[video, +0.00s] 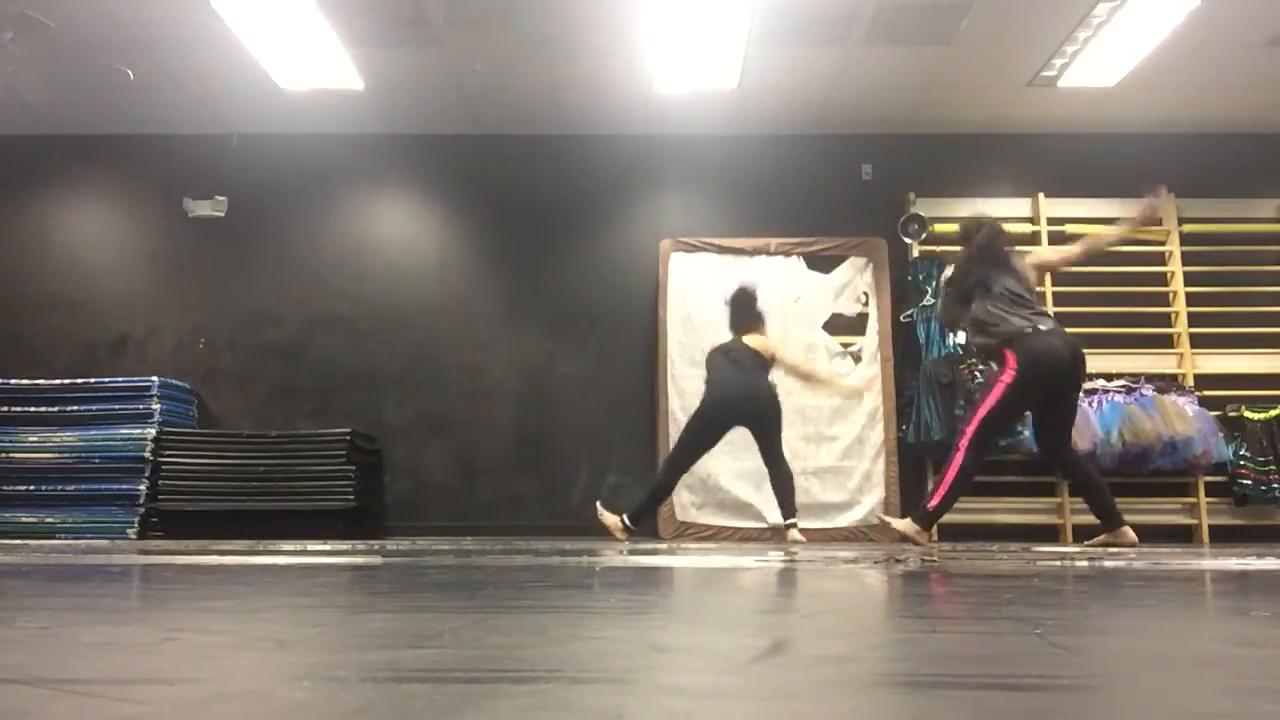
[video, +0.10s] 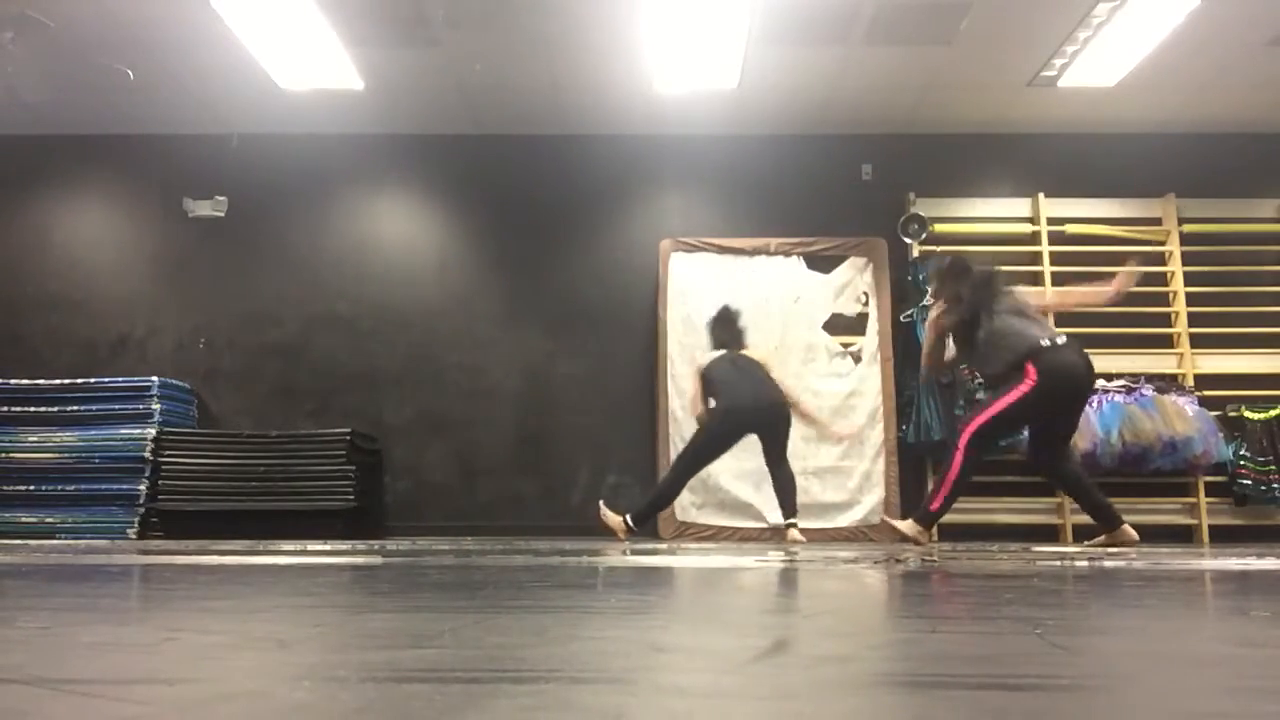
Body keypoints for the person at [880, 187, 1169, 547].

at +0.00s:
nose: (960, 248)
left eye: (961, 243)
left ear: (966, 248)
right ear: (1001, 242)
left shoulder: (960, 278)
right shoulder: (1024, 260)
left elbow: (949, 321)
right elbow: (1081, 250)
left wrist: (957, 280)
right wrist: (1135, 222)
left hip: (1026, 354)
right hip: (1068, 350)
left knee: (972, 435)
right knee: (1057, 447)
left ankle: (921, 522)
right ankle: (1116, 527)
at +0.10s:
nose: (932, 299)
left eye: (935, 292)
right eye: (931, 292)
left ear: (947, 290)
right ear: (970, 280)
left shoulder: (950, 317)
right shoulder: (1006, 294)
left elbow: (930, 372)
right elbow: (1055, 298)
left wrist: (932, 331)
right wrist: (1110, 293)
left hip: (1042, 370)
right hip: (1076, 365)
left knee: (970, 433)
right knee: (1047, 457)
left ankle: (921, 524)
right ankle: (1116, 528)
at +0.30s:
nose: (880, 327)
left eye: (885, 318)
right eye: (878, 319)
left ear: (909, 318)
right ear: (907, 318)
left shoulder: (934, 335)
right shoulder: (923, 339)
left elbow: (956, 394)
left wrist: (920, 373)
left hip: (1030, 393)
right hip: (1033, 394)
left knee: (952, 437)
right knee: (1011, 486)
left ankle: (918, 529)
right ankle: (1107, 519)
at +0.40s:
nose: (874, 310)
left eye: (881, 300)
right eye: (870, 302)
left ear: (908, 302)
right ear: (872, 307)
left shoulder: (946, 322)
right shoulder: (887, 336)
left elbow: (981, 375)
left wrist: (918, 375)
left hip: (998, 383)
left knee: (944, 440)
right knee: (994, 492)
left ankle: (917, 529)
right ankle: (1093, 511)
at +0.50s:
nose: (886, 283)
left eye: (894, 275)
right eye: (880, 277)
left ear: (912, 279)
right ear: (872, 284)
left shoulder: (943, 308)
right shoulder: (870, 329)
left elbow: (978, 358)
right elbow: (842, 384)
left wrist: (925, 365)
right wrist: (813, 437)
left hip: (966, 378)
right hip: (926, 388)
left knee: (932, 437)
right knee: (961, 475)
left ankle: (914, 529)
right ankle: (1044, 498)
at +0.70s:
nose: (890, 229)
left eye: (896, 223)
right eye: (881, 223)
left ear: (905, 233)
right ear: (866, 233)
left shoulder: (911, 276)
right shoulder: (855, 274)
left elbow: (914, 336)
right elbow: (909, 307)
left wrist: (877, 373)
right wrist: (961, 322)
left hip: (902, 360)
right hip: (856, 363)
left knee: (905, 437)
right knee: (845, 434)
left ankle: (910, 526)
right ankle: (830, 475)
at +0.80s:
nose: (875, 210)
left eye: (881, 205)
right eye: (866, 204)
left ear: (890, 216)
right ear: (850, 214)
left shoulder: (890, 263)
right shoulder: (846, 249)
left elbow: (887, 324)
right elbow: (907, 281)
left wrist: (861, 360)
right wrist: (953, 273)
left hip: (870, 356)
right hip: (824, 356)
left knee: (888, 437)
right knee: (795, 440)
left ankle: (906, 527)